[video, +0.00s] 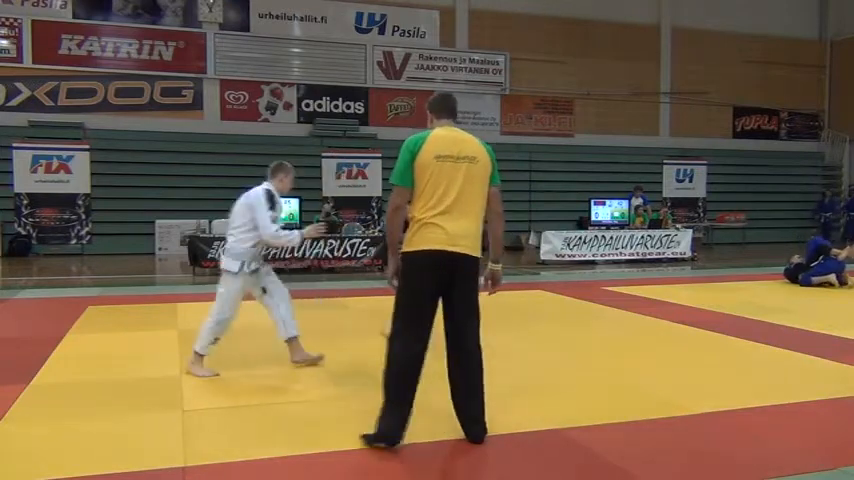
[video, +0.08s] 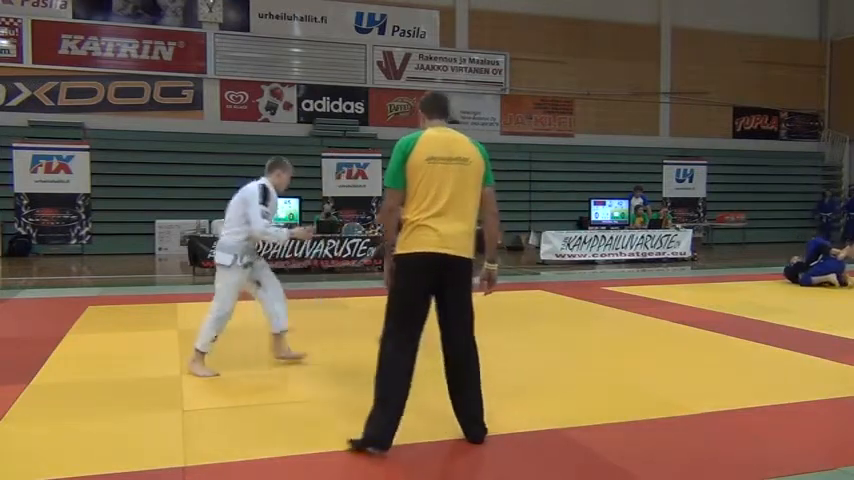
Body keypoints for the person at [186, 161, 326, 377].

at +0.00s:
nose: (292, 185)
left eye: (292, 180)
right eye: (291, 180)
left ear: (278, 177)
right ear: (281, 178)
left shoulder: (273, 200)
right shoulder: (259, 196)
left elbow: (268, 234)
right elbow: (269, 235)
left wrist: (300, 235)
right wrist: (303, 235)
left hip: (256, 265)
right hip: (236, 264)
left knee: (280, 298)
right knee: (223, 314)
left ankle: (296, 351)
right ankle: (196, 360)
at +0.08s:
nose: (289, 183)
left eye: (290, 178)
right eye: (288, 178)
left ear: (276, 174)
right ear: (277, 174)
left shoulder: (269, 196)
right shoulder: (254, 191)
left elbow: (262, 229)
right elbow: (259, 229)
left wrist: (291, 233)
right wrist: (292, 233)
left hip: (251, 257)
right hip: (230, 257)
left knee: (275, 294)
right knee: (223, 308)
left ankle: (280, 348)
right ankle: (197, 360)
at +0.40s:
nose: (280, 199)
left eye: (281, 195)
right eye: (280, 194)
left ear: (268, 190)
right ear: (270, 190)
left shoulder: (261, 214)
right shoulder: (248, 203)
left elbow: (263, 243)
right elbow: (237, 239)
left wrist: (293, 235)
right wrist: (264, 255)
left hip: (233, 260)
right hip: (211, 258)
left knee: (253, 295)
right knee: (215, 310)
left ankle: (243, 347)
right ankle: (174, 357)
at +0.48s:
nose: (272, 201)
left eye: (273, 197)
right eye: (271, 196)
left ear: (259, 194)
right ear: (261, 193)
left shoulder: (253, 217)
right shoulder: (239, 207)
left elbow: (256, 247)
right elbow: (231, 244)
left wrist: (287, 242)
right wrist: (260, 258)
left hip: (228, 264)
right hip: (206, 263)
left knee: (248, 295)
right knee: (206, 314)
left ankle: (242, 348)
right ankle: (158, 359)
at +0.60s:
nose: (254, 197)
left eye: (255, 193)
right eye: (253, 192)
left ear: (242, 188)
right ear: (242, 188)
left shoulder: (237, 211)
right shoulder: (221, 205)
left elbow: (226, 244)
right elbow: (221, 245)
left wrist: (252, 250)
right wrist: (254, 251)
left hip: (214, 267)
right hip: (193, 266)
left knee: (236, 295)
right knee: (183, 321)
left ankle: (241, 348)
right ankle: (140, 369)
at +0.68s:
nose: (244, 191)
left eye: (245, 186)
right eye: (243, 185)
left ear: (231, 182)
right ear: (231, 181)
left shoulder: (228, 207)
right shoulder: (208, 200)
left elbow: (231, 240)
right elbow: (216, 239)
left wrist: (254, 241)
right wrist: (250, 241)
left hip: (202, 263)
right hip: (181, 262)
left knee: (222, 298)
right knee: (173, 317)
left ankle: (236, 348)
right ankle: (137, 368)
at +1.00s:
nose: (224, 183)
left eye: (226, 178)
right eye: (224, 177)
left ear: (212, 172)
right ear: (212, 172)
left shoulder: (203, 194)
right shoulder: (187, 190)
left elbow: (199, 225)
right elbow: (192, 231)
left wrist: (224, 218)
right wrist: (228, 234)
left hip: (184, 259)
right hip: (164, 258)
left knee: (205, 296)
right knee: (155, 314)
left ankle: (192, 348)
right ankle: (132, 369)